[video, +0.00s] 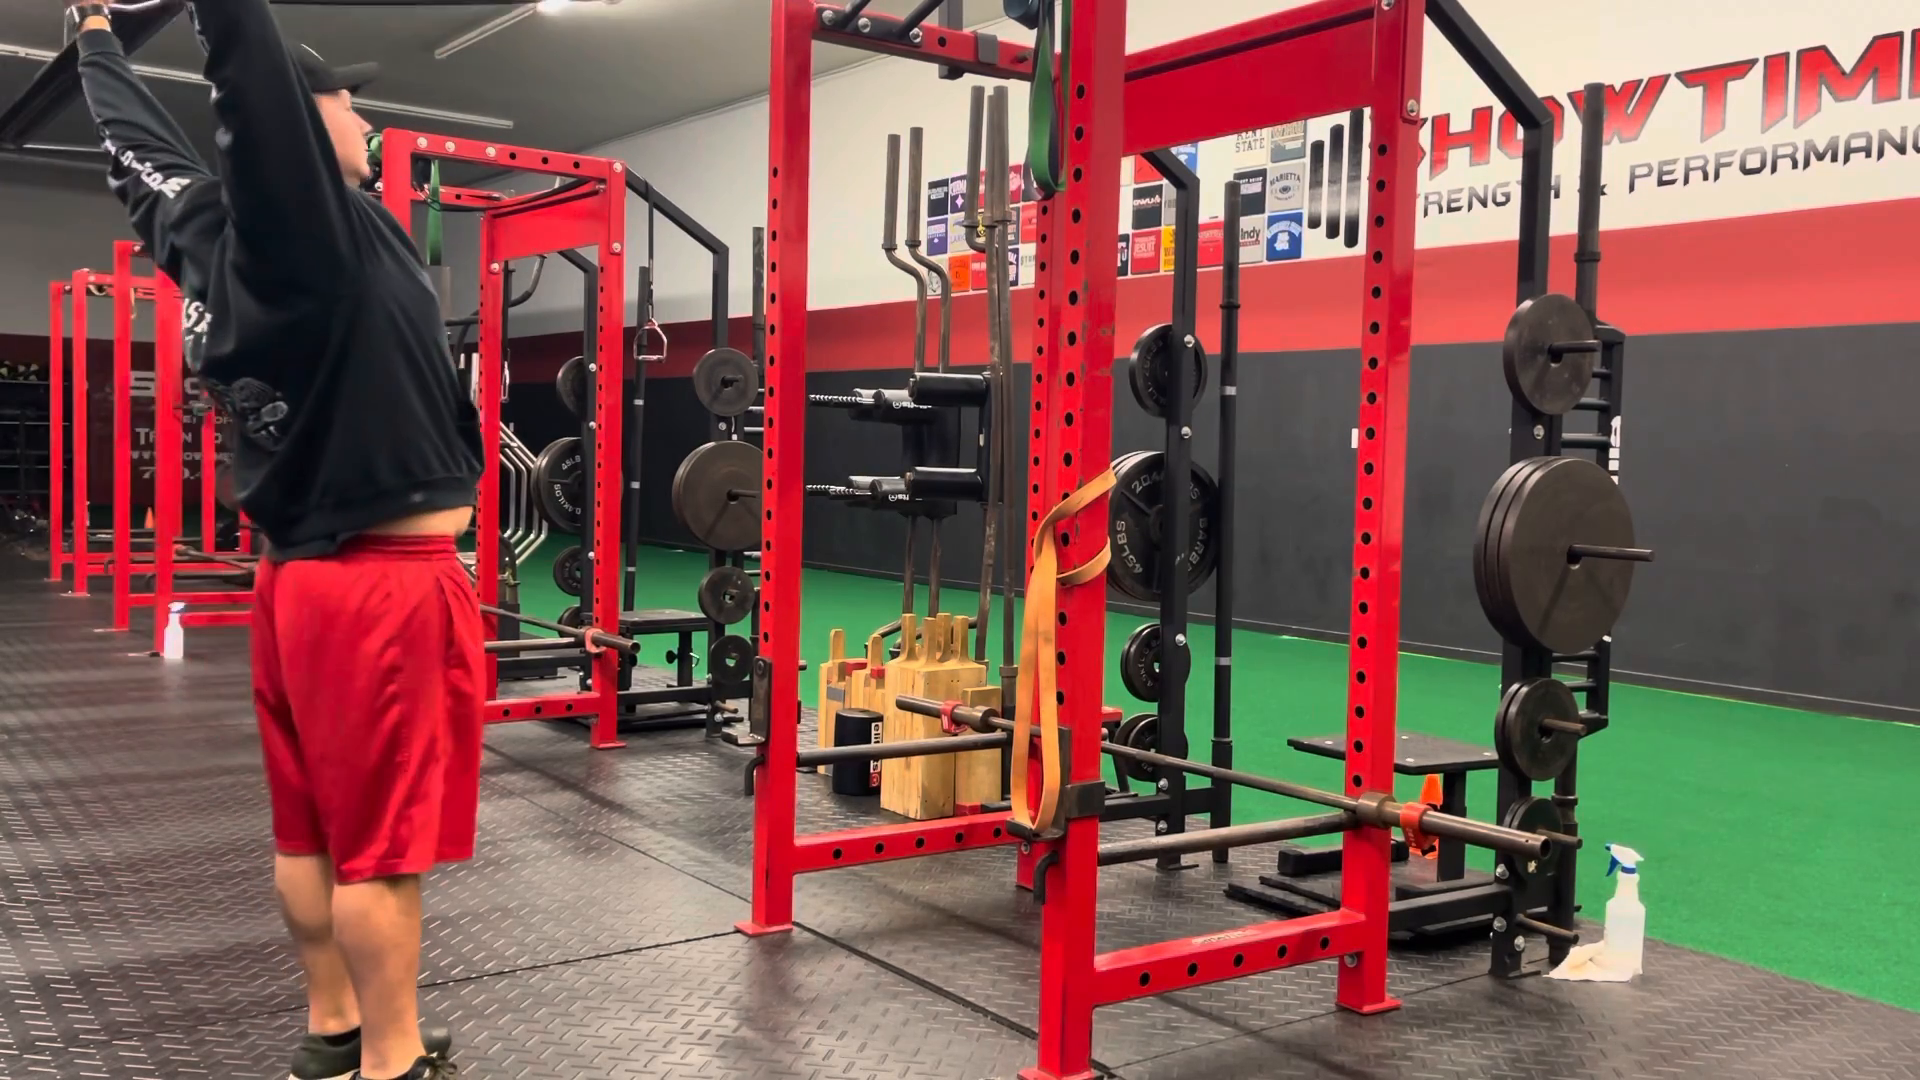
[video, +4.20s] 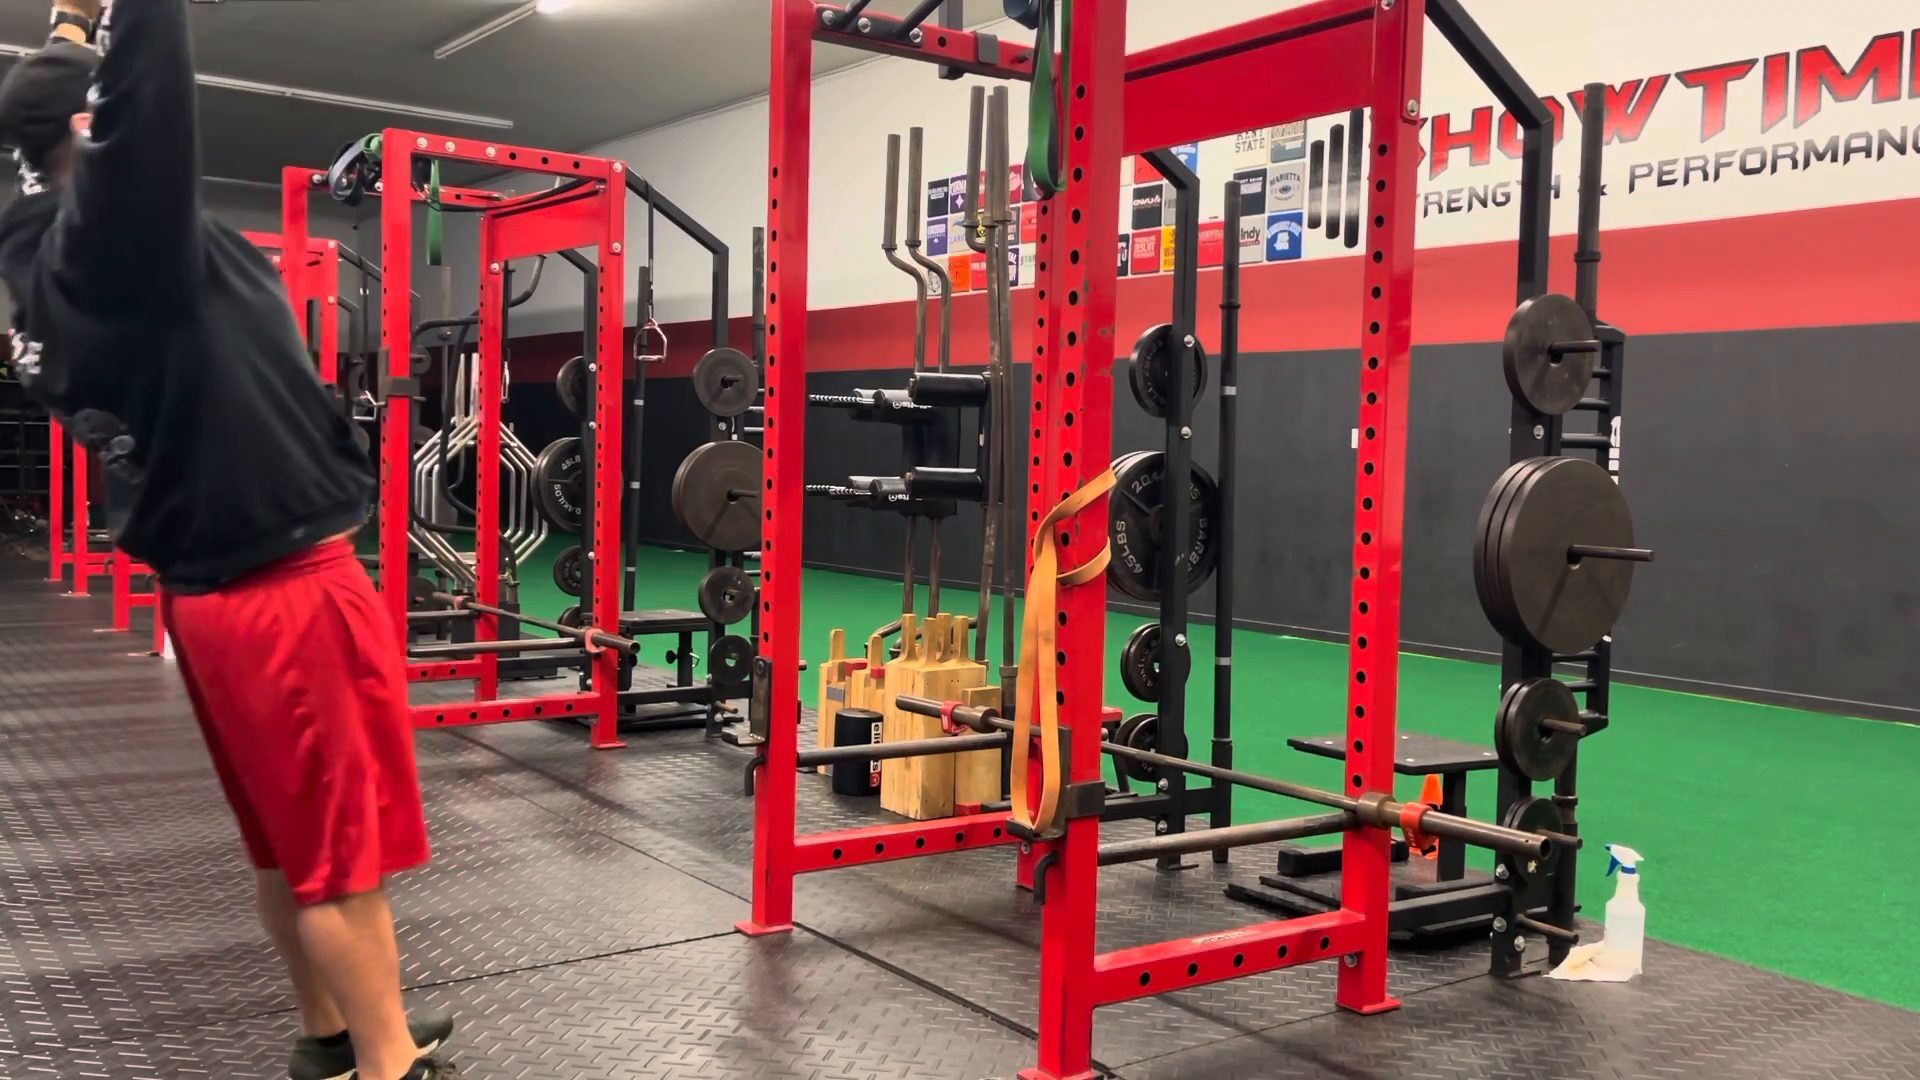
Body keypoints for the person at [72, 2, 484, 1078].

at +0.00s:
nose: (367, 121)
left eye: (359, 104)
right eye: (349, 104)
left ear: (282, 141)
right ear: (296, 121)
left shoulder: (219, 237)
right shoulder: (320, 226)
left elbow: (144, 154)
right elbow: (248, 51)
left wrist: (93, 39)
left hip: (295, 584)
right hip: (384, 589)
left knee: (306, 829)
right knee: (381, 853)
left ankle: (335, 1027)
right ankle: (393, 1058)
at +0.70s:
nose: (239, 136)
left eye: (216, 115)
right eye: (212, 119)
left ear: (131, 159)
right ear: (192, 140)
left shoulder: (133, 269)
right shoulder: (217, 248)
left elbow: (85, 152)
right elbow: (197, 83)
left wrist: (77, 29)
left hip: (248, 596)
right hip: (335, 595)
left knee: (289, 835)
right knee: (357, 855)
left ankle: (331, 1027)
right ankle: (388, 1059)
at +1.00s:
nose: (79, 132)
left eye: (74, 117)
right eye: (59, 121)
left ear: (29, 147)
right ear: (31, 148)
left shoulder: (37, 277)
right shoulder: (76, 263)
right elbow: (121, 88)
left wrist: (75, 35)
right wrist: (101, 7)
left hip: (201, 611)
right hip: (269, 606)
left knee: (275, 845)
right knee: (333, 858)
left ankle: (329, 1033)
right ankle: (386, 1061)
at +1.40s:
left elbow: (21, 225)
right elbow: (34, 205)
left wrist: (100, 159)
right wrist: (155, 87)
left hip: (89, 617)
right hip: (131, 610)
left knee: (238, 855)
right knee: (263, 866)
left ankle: (342, 1036)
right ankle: (370, 1064)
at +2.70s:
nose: (118, 125)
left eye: (100, 104)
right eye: (95, 111)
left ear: (48, 151)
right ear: (69, 134)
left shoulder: (44, 284)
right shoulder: (127, 238)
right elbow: (152, 85)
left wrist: (104, 36)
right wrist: (122, 14)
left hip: (217, 612)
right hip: (308, 599)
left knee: (284, 851)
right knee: (349, 866)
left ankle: (328, 1027)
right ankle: (388, 1061)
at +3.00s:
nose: (248, 122)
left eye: (221, 99)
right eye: (226, 99)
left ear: (149, 137)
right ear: (216, 119)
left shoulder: (146, 239)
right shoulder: (244, 220)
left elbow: (105, 130)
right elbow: (230, 62)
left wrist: (83, 18)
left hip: (263, 591)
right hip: (355, 591)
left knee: (300, 836)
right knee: (371, 855)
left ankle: (331, 1027)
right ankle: (392, 1056)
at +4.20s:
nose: (135, 125)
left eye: (123, 104)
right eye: (115, 111)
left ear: (36, 154)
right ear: (84, 131)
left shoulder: (59, 268)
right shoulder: (119, 239)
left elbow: (54, 170)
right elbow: (147, 89)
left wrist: (85, 44)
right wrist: (124, 7)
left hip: (216, 602)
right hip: (284, 595)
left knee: (290, 849)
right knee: (344, 863)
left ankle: (329, 1033)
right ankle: (392, 1060)